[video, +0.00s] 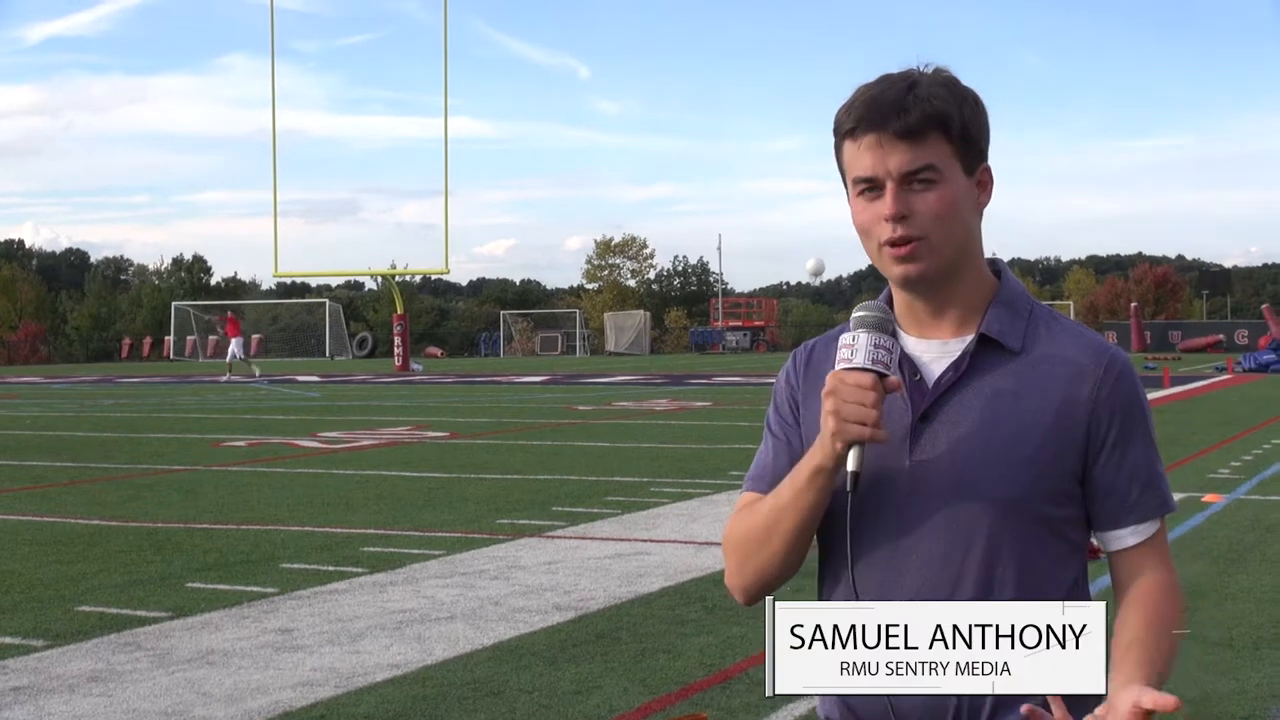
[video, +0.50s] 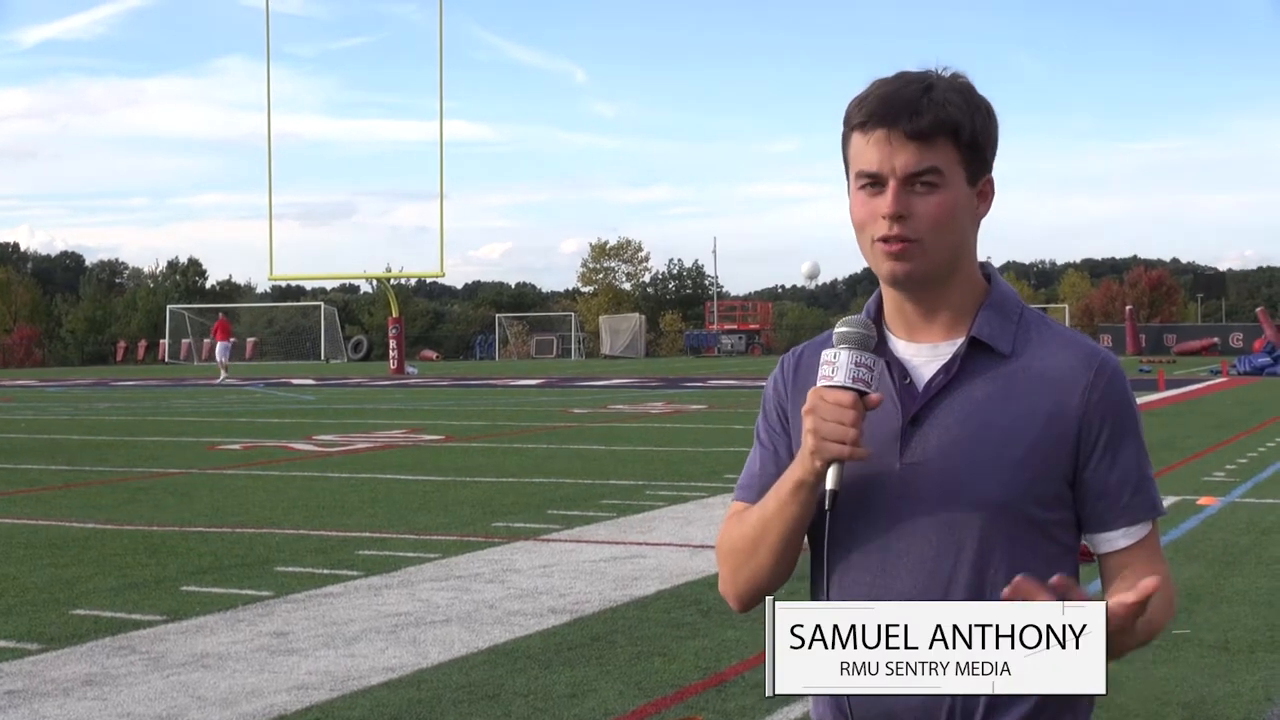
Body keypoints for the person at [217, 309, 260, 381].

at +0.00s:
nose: (229, 315)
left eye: (230, 314)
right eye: (228, 314)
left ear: (233, 315)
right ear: (228, 314)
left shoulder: (234, 320)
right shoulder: (229, 323)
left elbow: (223, 318)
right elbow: (227, 333)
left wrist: (215, 318)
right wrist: (222, 332)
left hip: (237, 338)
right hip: (233, 339)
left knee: (240, 356)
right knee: (228, 360)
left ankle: (255, 368)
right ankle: (228, 375)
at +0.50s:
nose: (219, 316)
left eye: (220, 315)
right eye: (219, 315)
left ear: (221, 315)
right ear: (226, 316)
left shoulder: (218, 322)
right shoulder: (228, 323)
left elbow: (214, 330)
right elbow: (230, 331)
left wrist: (212, 336)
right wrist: (229, 337)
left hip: (221, 341)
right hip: (228, 342)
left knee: (218, 358)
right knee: (225, 359)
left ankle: (223, 373)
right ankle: (225, 374)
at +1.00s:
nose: (213, 319)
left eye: (213, 317)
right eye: (213, 317)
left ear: (215, 318)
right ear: (219, 319)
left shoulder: (214, 326)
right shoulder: (221, 326)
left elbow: (213, 336)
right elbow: (222, 336)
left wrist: (210, 344)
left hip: (215, 345)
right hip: (221, 345)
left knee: (212, 361)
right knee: (219, 362)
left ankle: (221, 376)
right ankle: (221, 377)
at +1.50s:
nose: (204, 324)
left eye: (205, 323)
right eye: (203, 323)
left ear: (207, 323)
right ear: (201, 323)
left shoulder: (213, 330)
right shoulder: (200, 330)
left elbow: (217, 341)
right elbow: (198, 340)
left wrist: (219, 350)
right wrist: (195, 345)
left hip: (211, 348)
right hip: (205, 348)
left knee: (206, 365)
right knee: (211, 366)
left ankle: (207, 381)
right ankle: (216, 380)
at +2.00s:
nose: (193, 323)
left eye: (194, 321)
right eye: (192, 321)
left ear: (197, 322)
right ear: (190, 322)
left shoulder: (200, 330)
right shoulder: (188, 331)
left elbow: (202, 339)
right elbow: (187, 340)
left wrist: (201, 347)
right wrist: (187, 348)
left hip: (199, 349)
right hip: (191, 349)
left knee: (202, 367)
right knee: (187, 367)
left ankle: (205, 383)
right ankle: (186, 382)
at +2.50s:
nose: (175, 323)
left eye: (177, 321)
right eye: (174, 321)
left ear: (179, 322)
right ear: (172, 322)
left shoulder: (183, 330)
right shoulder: (170, 330)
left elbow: (187, 340)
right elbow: (166, 342)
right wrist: (164, 350)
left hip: (181, 349)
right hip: (174, 349)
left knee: (176, 366)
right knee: (176, 367)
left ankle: (179, 384)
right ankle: (179, 384)